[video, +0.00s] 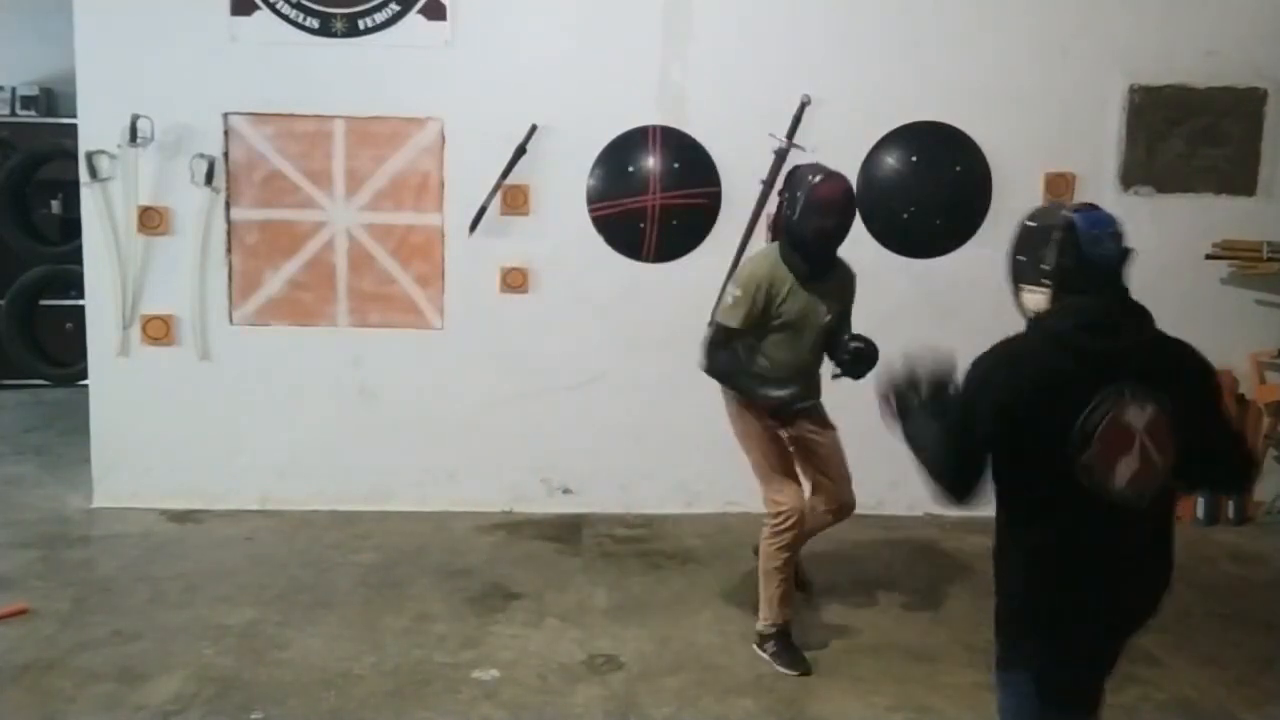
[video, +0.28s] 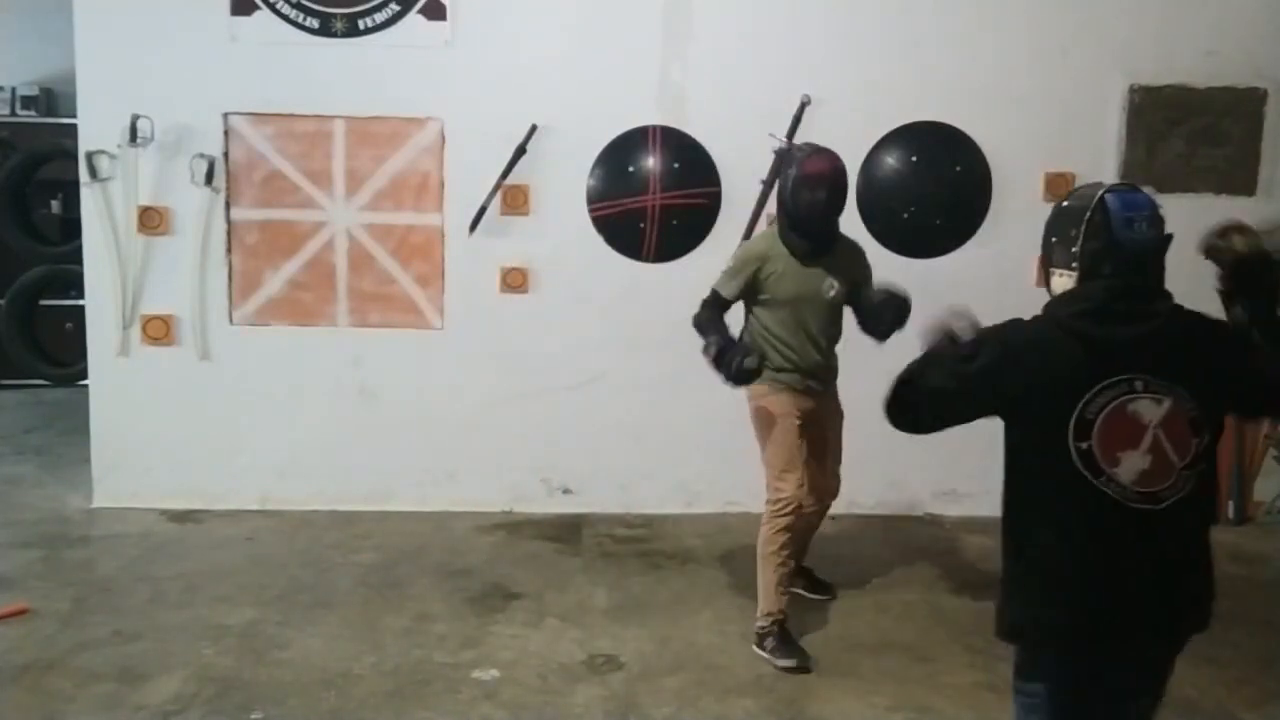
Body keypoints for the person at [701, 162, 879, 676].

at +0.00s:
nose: (830, 233)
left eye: (839, 223)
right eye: (821, 220)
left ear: (845, 226)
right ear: (793, 217)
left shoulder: (839, 279)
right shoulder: (760, 270)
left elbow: (836, 340)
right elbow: (716, 353)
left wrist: (852, 354)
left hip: (805, 405)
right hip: (751, 406)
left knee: (837, 501)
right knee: (786, 508)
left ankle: (780, 548)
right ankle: (772, 629)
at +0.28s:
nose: (817, 204)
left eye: (827, 194)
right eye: (808, 192)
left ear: (839, 200)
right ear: (787, 195)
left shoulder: (848, 257)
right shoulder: (759, 252)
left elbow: (874, 326)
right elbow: (708, 313)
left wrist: (890, 308)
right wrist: (725, 349)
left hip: (822, 392)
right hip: (774, 390)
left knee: (821, 492)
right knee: (788, 498)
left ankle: (790, 565)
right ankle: (769, 622)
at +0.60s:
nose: (824, 184)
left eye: (833, 173)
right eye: (813, 173)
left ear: (845, 180)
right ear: (792, 179)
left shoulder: (860, 240)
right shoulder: (769, 239)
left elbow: (911, 289)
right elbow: (720, 310)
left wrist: (903, 250)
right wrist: (762, 292)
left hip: (829, 380)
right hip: (778, 378)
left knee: (817, 484)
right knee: (798, 487)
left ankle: (792, 567)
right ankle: (780, 608)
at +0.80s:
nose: (836, 188)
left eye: (844, 177)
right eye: (824, 177)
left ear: (854, 184)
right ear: (799, 180)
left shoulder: (861, 240)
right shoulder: (776, 234)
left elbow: (887, 314)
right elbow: (737, 314)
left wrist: (897, 302)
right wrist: (763, 266)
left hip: (836, 381)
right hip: (788, 379)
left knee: (822, 488)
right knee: (802, 490)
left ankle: (793, 566)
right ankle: (781, 609)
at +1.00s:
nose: (851, 216)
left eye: (860, 205)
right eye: (841, 204)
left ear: (869, 209)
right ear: (816, 203)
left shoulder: (871, 257)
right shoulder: (788, 258)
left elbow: (875, 333)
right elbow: (754, 337)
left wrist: (882, 341)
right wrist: (768, 319)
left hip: (837, 383)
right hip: (789, 381)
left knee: (840, 481)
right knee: (809, 488)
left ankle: (807, 550)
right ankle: (783, 609)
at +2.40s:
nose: (877, 213)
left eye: (885, 203)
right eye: (868, 202)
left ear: (896, 203)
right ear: (847, 201)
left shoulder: (912, 247)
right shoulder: (826, 251)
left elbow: (932, 302)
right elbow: (786, 311)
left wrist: (921, 342)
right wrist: (806, 342)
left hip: (893, 371)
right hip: (840, 373)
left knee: (890, 466)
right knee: (839, 473)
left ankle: (859, 528)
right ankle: (828, 569)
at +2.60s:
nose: (878, 217)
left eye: (887, 208)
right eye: (870, 207)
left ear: (902, 211)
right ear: (855, 208)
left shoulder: (921, 255)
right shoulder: (834, 257)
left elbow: (949, 304)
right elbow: (803, 305)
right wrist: (790, 313)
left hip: (906, 378)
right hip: (850, 379)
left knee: (921, 455)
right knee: (849, 469)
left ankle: (903, 529)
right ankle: (831, 570)